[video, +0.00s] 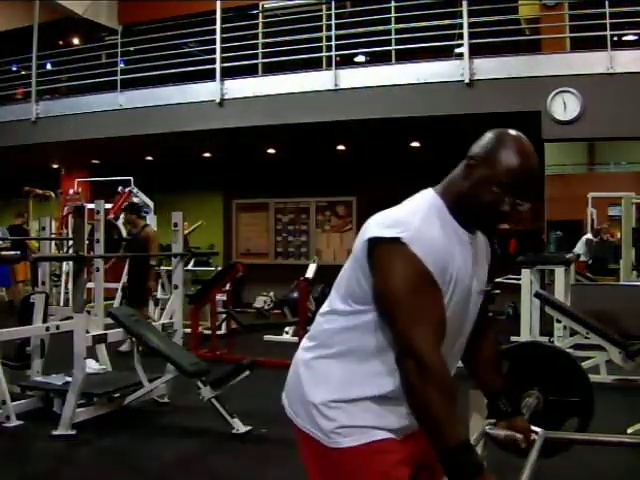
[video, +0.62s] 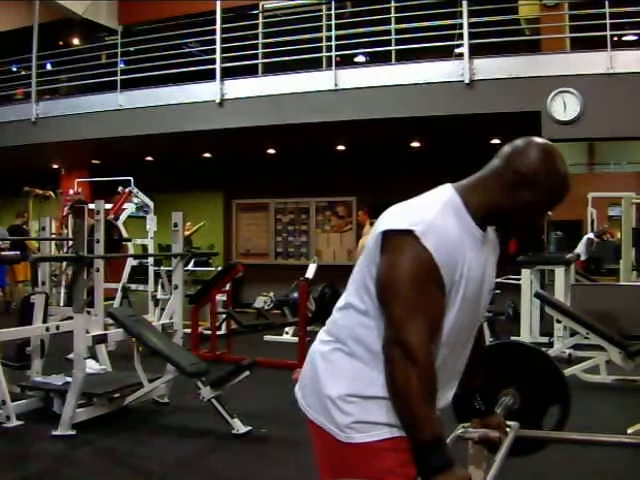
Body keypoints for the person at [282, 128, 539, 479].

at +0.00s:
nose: (510, 209)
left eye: (519, 199)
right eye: (507, 192)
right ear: (471, 166)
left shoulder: (477, 242)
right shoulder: (405, 235)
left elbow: (475, 332)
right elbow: (419, 363)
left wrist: (504, 410)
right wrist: (465, 464)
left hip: (408, 404)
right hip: (345, 411)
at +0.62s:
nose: (541, 219)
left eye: (547, 209)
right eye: (543, 207)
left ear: (507, 178)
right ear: (520, 189)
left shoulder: (484, 237)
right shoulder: (420, 231)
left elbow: (467, 332)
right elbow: (406, 352)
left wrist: (476, 410)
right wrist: (436, 461)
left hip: (412, 399)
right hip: (355, 400)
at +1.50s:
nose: (569, 254)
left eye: (577, 246)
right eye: (574, 243)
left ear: (545, 212)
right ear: (553, 224)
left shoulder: (497, 250)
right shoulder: (463, 252)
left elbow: (457, 342)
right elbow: (408, 355)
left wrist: (474, 415)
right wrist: (429, 463)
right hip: (355, 403)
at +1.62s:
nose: (570, 254)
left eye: (578, 245)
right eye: (575, 242)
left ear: (542, 212)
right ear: (553, 225)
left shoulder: (499, 253)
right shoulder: (461, 256)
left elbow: (453, 345)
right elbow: (407, 355)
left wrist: (473, 413)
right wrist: (432, 464)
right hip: (355, 402)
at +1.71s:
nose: (576, 250)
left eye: (581, 239)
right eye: (578, 237)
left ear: (530, 208)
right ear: (549, 227)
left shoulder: (495, 257)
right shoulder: (462, 261)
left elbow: (441, 351)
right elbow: (404, 357)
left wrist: (468, 417)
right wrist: (432, 464)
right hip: (351, 402)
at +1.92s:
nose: (558, 204)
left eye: (556, 191)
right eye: (549, 190)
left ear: (510, 195)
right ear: (512, 194)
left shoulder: (496, 252)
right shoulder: (455, 258)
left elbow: (445, 346)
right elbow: (402, 359)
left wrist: (472, 412)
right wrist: (429, 464)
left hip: (396, 400)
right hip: (351, 408)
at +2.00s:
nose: (534, 174)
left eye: (528, 161)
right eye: (518, 160)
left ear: (474, 172)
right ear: (472, 170)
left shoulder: (486, 246)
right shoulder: (435, 250)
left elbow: (442, 349)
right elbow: (398, 360)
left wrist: (469, 416)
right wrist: (432, 461)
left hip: (409, 406)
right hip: (356, 412)